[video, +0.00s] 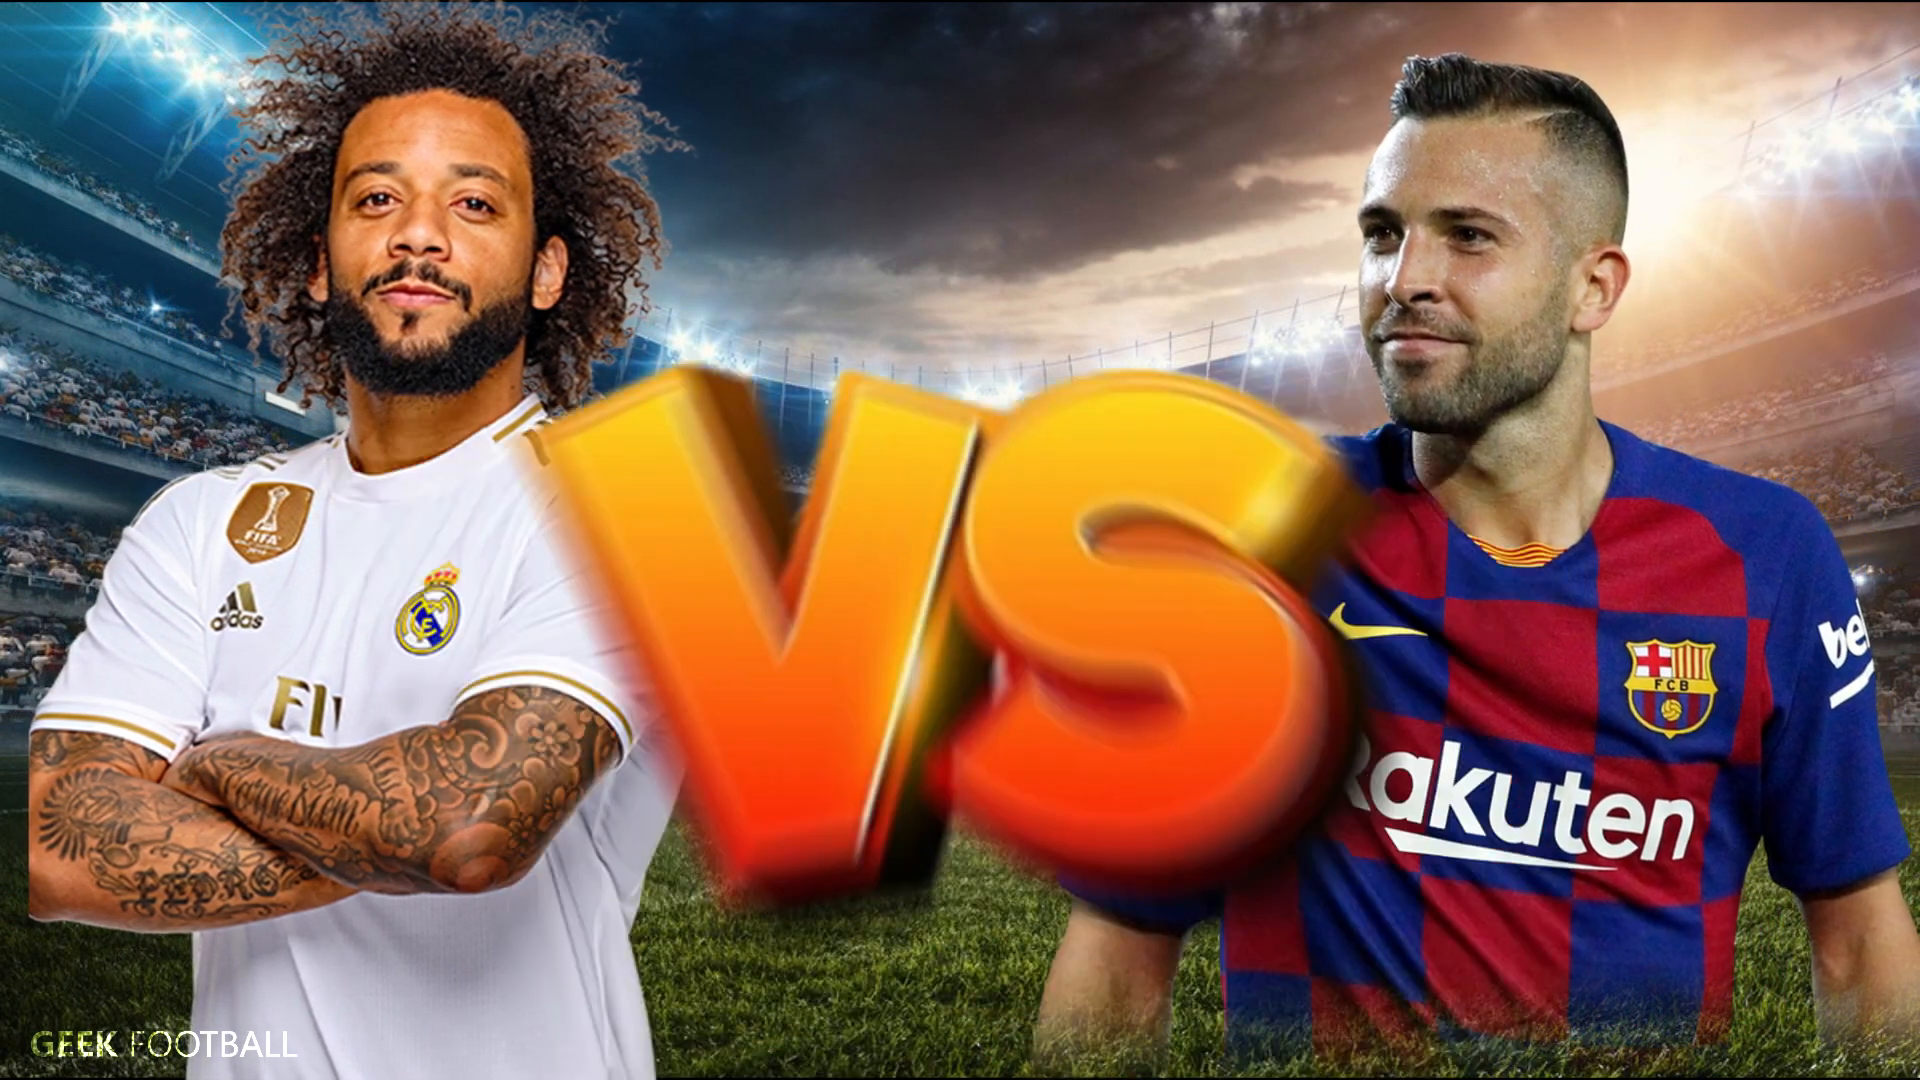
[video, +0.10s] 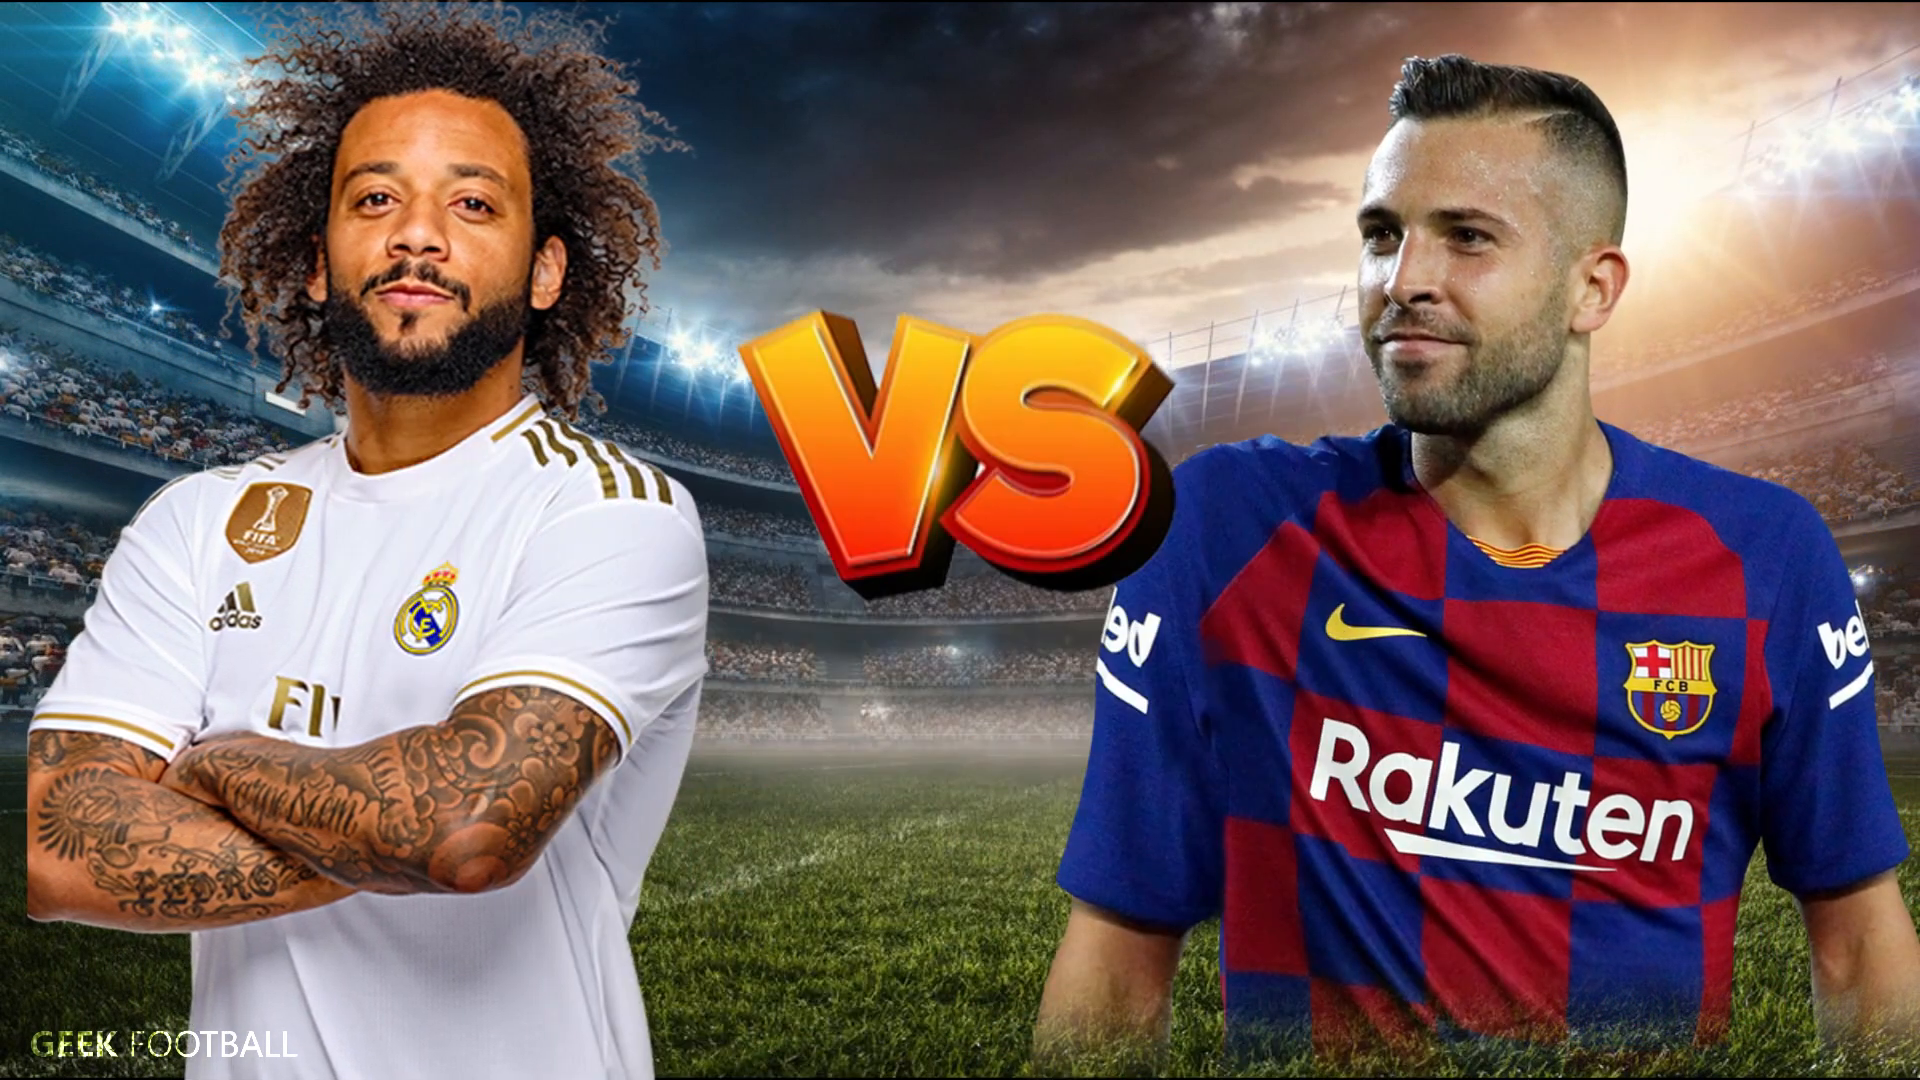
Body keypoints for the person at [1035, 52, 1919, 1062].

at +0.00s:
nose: (1402, 281)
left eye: (1469, 236)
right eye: (1382, 235)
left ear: (1593, 289)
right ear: (1357, 261)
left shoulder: (1766, 557)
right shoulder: (1261, 534)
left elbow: (1859, 932)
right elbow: (1124, 939)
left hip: (1632, 1049)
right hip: (1317, 1050)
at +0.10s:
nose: (1401, 281)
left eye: (1468, 237)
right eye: (1381, 236)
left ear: (1592, 291)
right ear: (1358, 260)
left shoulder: (1767, 559)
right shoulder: (1223, 527)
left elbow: (1860, 936)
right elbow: (1118, 952)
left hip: (1638, 1051)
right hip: (1309, 1050)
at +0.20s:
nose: (1399, 282)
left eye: (1467, 238)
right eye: (1380, 237)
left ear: (1591, 292)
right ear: (1357, 261)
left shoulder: (1766, 561)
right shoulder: (1224, 526)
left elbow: (1860, 939)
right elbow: (1118, 954)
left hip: (1638, 1051)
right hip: (1307, 1051)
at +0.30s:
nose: (1399, 283)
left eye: (1466, 239)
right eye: (1379, 238)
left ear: (1591, 293)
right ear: (1357, 260)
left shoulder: (1766, 561)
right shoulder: (1218, 527)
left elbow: (1860, 941)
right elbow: (1116, 958)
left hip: (1638, 1052)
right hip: (1305, 1052)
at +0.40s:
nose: (1398, 284)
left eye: (1465, 240)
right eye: (1378, 239)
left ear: (1590, 293)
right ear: (1355, 262)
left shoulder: (1765, 562)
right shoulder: (1220, 527)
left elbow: (1860, 941)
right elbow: (1117, 954)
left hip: (1638, 1050)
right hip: (1307, 1046)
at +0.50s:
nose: (1397, 285)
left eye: (1464, 241)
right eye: (1377, 240)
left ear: (1589, 294)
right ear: (1355, 263)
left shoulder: (1764, 564)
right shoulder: (1217, 530)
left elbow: (1857, 938)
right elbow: (1116, 958)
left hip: (1638, 1052)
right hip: (1306, 1050)